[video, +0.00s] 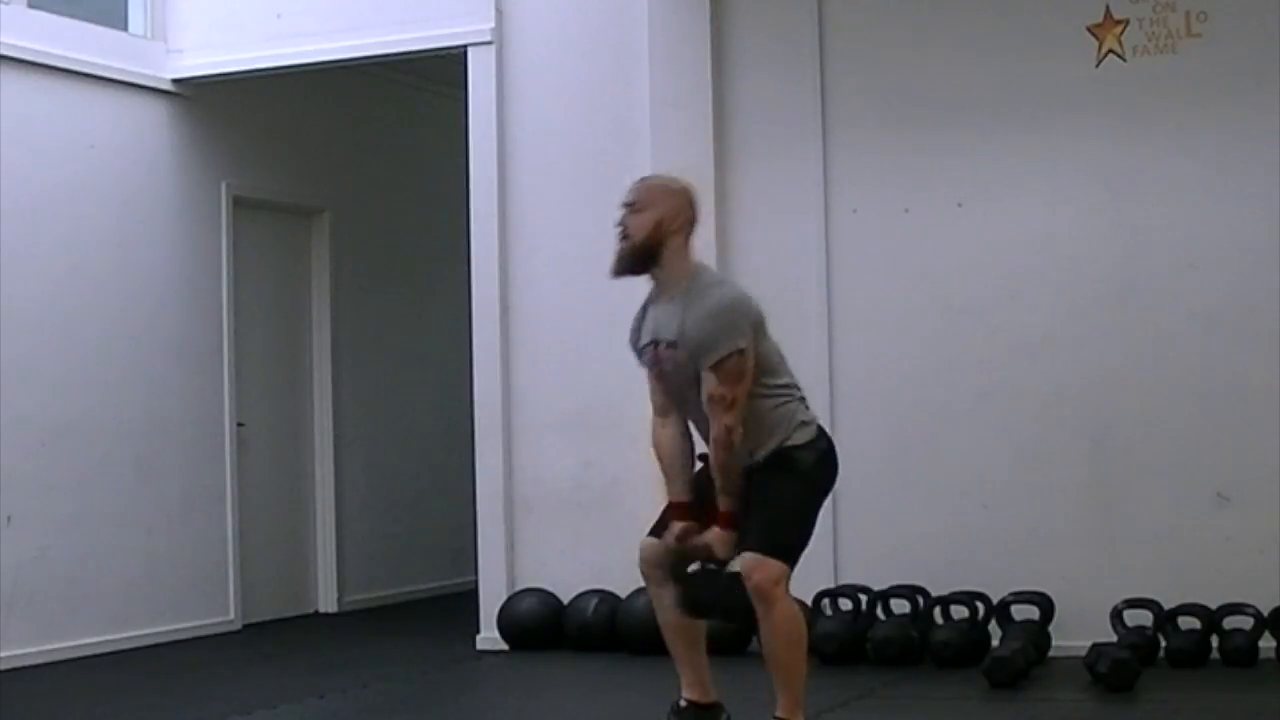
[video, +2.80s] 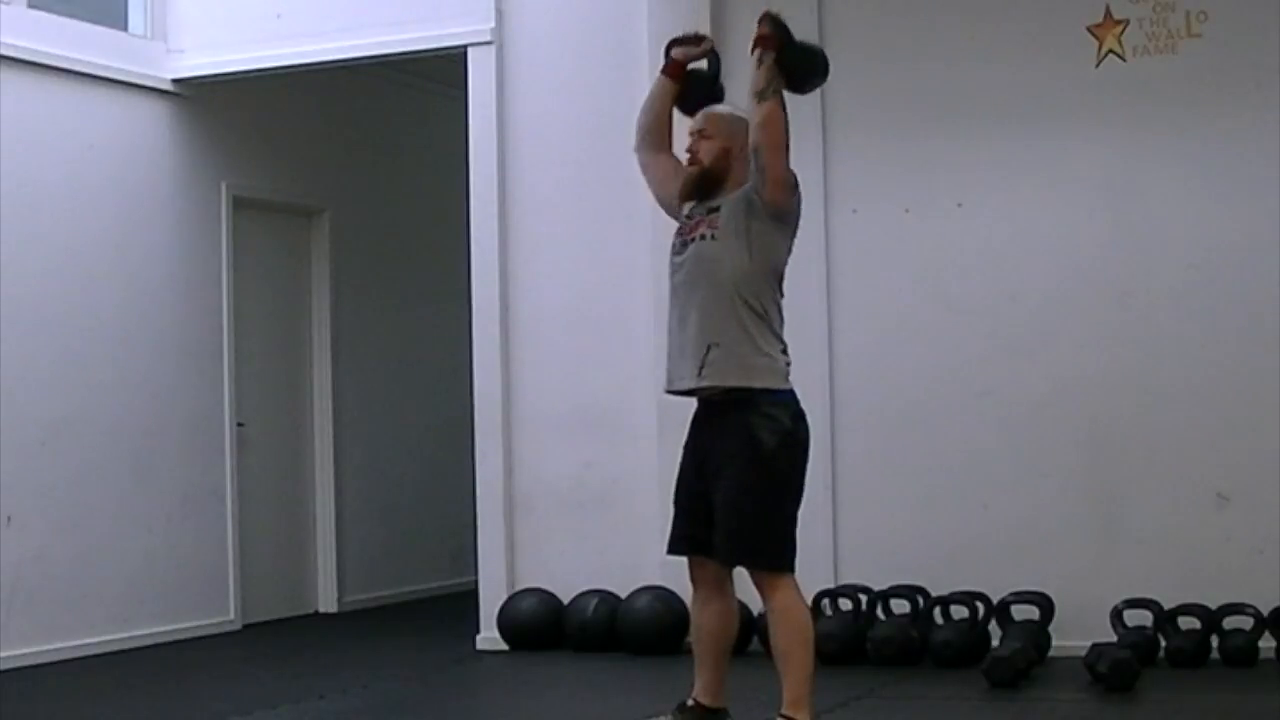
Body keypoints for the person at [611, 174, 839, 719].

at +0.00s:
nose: (621, 221)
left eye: (635, 210)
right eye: (624, 210)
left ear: (677, 222)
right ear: (657, 226)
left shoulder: (721, 304)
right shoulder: (649, 318)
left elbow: (727, 424)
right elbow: (666, 418)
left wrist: (727, 519)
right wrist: (681, 511)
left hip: (794, 453)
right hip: (734, 461)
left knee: (762, 574)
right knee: (658, 555)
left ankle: (791, 712)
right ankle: (699, 702)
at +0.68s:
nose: (710, 169)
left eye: (722, 158)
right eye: (711, 159)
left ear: (761, 167)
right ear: (746, 171)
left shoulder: (789, 245)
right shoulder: (718, 253)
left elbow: (765, 350)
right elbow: (700, 341)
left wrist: (695, 408)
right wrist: (662, 401)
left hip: (785, 435)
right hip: (730, 437)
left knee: (755, 569)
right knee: (687, 562)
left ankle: (791, 712)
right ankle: (703, 705)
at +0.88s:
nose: (723, 154)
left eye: (738, 144)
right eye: (724, 145)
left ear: (776, 159)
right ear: (735, 160)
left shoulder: (796, 227)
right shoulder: (725, 237)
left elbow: (787, 322)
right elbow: (703, 330)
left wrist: (697, 292)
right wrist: (644, 308)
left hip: (771, 425)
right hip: (715, 425)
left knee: (766, 569)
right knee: (695, 564)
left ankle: (793, 711)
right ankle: (704, 704)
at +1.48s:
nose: (719, 180)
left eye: (734, 171)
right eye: (721, 171)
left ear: (772, 187)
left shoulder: (779, 263)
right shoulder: (698, 258)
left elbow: (709, 322)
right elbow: (642, 329)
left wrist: (720, 238)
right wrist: (659, 255)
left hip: (738, 446)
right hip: (682, 445)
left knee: (709, 592)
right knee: (638, 581)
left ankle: (783, 714)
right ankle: (699, 706)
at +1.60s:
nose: (736, 127)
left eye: (754, 125)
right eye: (740, 122)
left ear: (778, 160)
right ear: (730, 149)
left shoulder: (782, 222)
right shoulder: (700, 217)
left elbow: (706, 239)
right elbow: (623, 242)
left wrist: (708, 169)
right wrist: (649, 179)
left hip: (736, 407)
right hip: (680, 405)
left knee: (732, 560)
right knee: (666, 558)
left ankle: (783, 708)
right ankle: (695, 698)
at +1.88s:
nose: (659, 178)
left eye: (671, 167)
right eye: (660, 168)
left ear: (710, 175)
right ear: (678, 181)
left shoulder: (740, 230)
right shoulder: (677, 236)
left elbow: (748, 145)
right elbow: (665, 147)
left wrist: (738, 67)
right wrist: (677, 72)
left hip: (760, 441)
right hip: (706, 443)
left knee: (728, 585)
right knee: (652, 573)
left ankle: (788, 713)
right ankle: (702, 706)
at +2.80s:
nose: (690, 146)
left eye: (704, 136)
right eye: (691, 137)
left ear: (740, 148)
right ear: (694, 149)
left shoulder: (766, 206)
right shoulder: (692, 209)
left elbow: (769, 133)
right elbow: (650, 145)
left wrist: (765, 65)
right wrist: (668, 76)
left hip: (765, 413)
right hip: (713, 413)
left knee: (771, 573)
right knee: (706, 567)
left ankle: (797, 711)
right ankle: (707, 703)